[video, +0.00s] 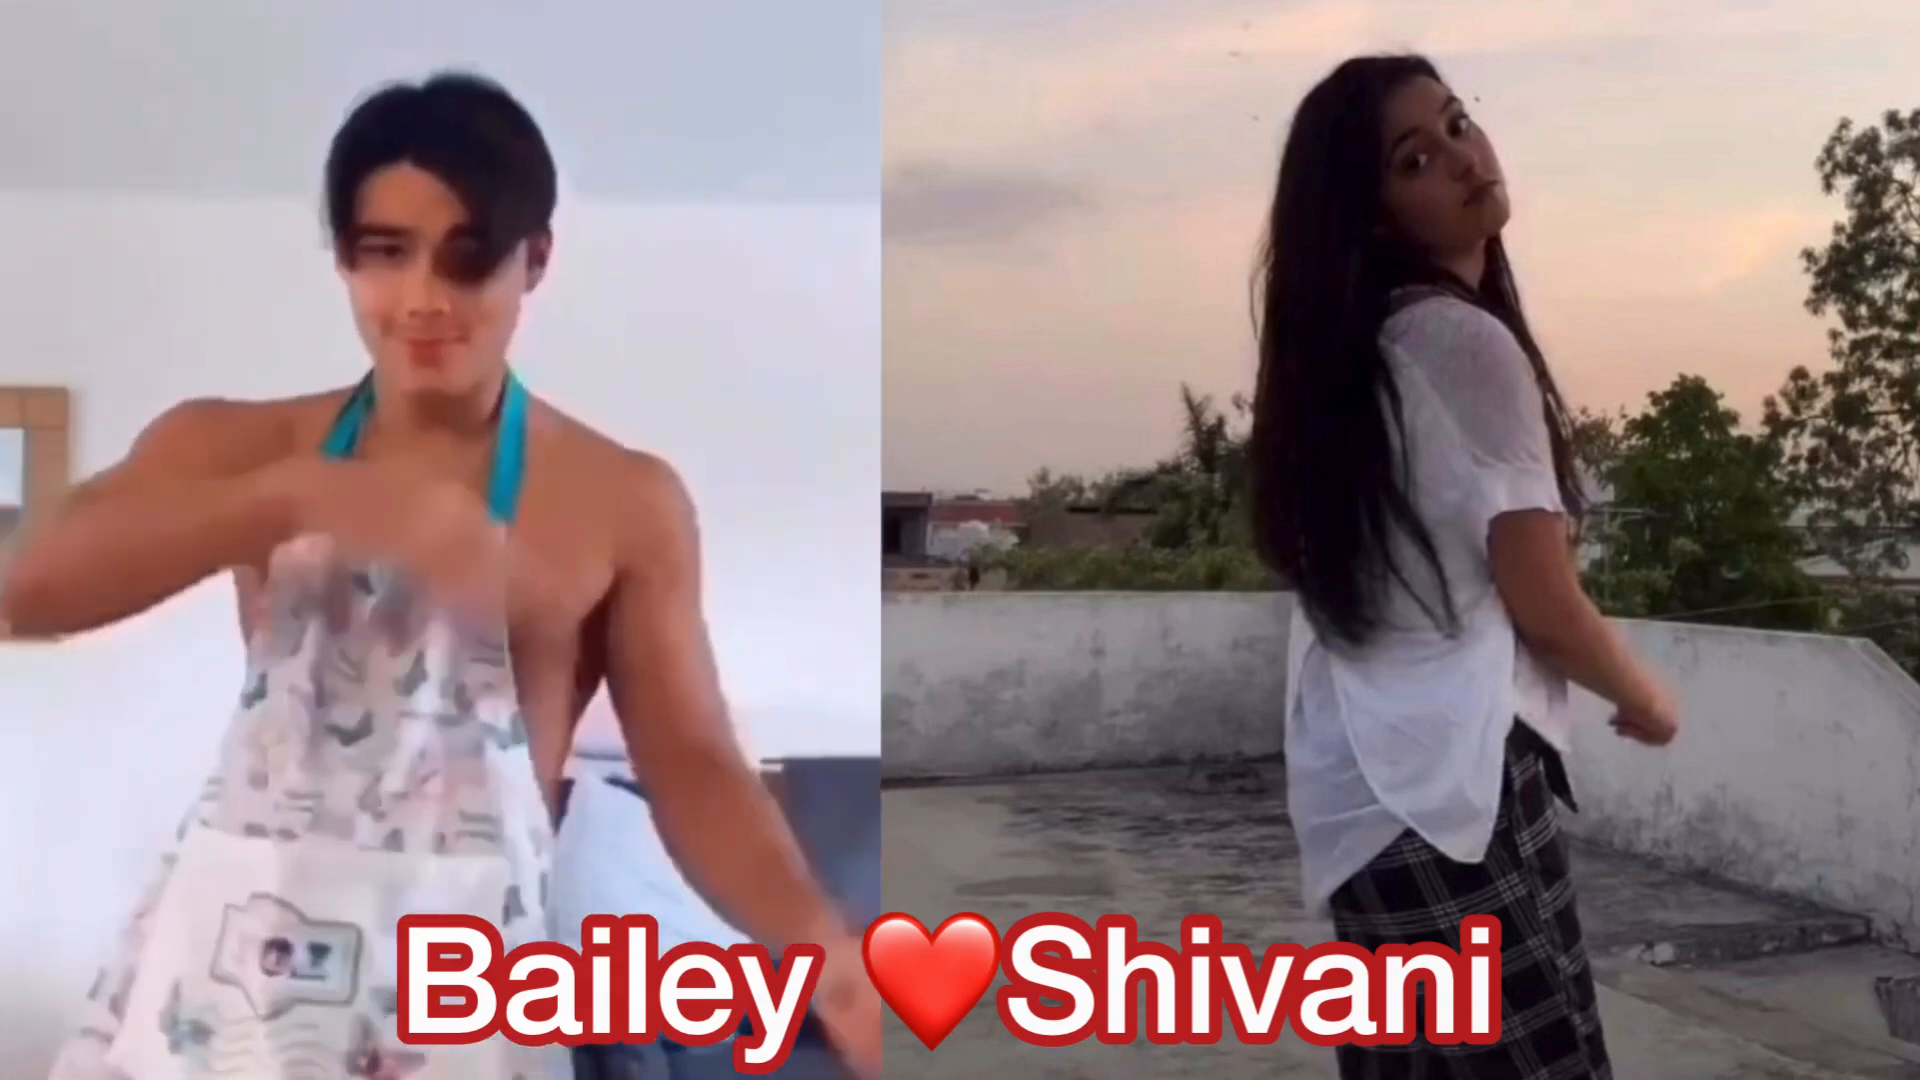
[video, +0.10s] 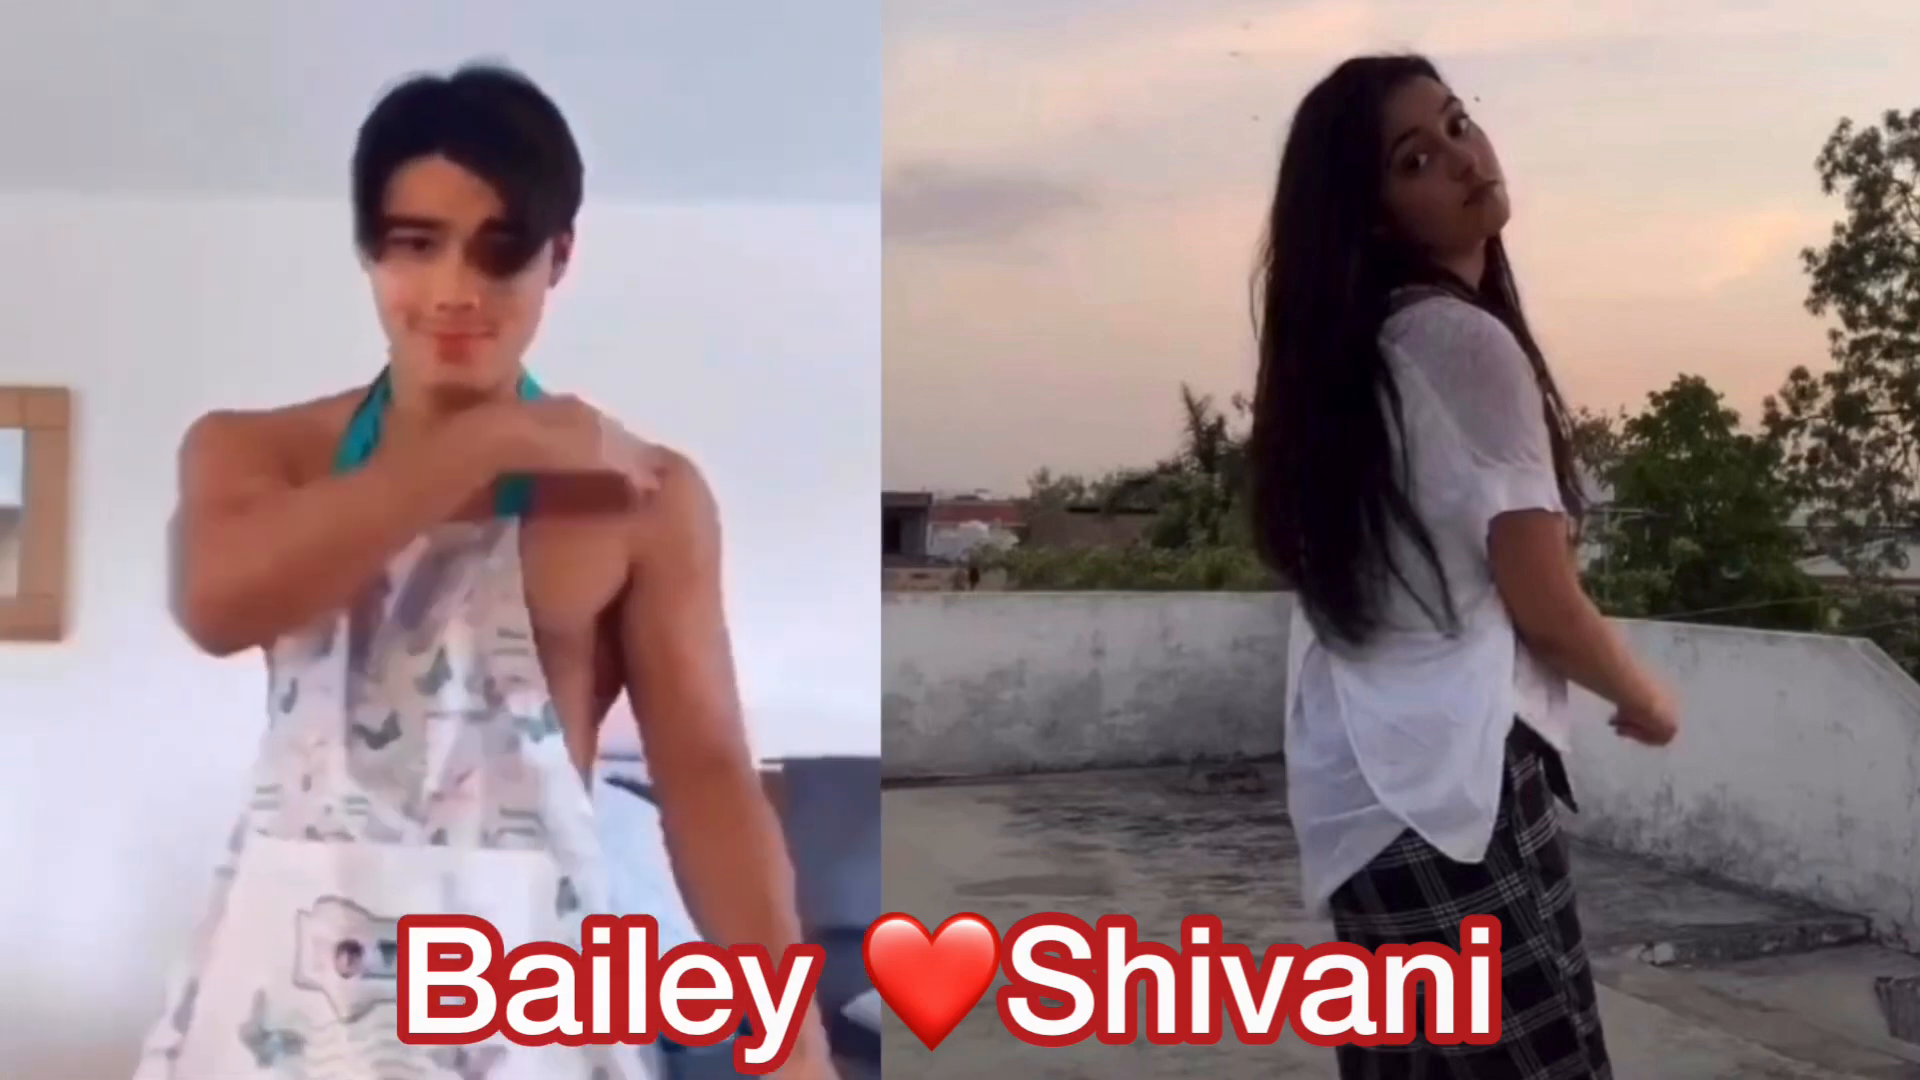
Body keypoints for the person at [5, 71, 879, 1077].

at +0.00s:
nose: (424, 298)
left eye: (470, 257)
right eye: (386, 252)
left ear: (535, 265)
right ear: (343, 262)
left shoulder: (626, 506)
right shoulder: (223, 450)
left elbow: (699, 778)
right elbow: (27, 594)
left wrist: (822, 948)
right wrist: (292, 498)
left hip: (477, 991)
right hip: (242, 970)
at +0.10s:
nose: (452, 292)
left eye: (500, 250)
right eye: (414, 244)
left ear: (559, 260)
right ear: (368, 254)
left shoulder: (641, 495)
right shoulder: (247, 451)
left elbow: (708, 781)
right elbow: (219, 602)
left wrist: (792, 1035)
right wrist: (486, 439)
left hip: (528, 996)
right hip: (284, 983)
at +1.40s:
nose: (465, 268)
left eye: (513, 221)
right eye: (420, 218)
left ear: (583, 222)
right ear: (377, 227)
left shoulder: (664, 495)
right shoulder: (290, 363)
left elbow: (739, 775)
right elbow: (126, 73)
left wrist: (809, 1043)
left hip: (584, 992)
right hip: (331, 985)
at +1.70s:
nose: (537, 243)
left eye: (584, 191)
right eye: (493, 193)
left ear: (659, 184)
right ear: (449, 197)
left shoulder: (756, 411)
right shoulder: (390, 307)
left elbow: (787, 718)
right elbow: (200, 50)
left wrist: (814, 1029)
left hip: (579, 942)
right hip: (329, 917)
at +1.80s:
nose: (577, 298)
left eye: (625, 248)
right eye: (533, 250)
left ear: (699, 239)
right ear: (491, 254)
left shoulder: (813, 445)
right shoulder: (433, 389)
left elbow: (841, 750)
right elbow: (237, 141)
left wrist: (846, 1037)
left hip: (647, 1015)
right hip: (385, 990)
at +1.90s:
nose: (611, 350)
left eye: (660, 301)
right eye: (567, 301)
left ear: (737, 289)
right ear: (529, 306)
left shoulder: (845, 470)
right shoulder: (470, 450)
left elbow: (812, 755)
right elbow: (263, 217)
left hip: (728, 1013)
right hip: (492, 1004)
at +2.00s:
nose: (653, 371)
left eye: (695, 319)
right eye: (605, 322)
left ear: (773, 309)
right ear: (566, 325)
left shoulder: (855, 470)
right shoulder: (505, 474)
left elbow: (858, 778)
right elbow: (285, 264)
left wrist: (853, 979)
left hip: (806, 1008)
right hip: (564, 1007)